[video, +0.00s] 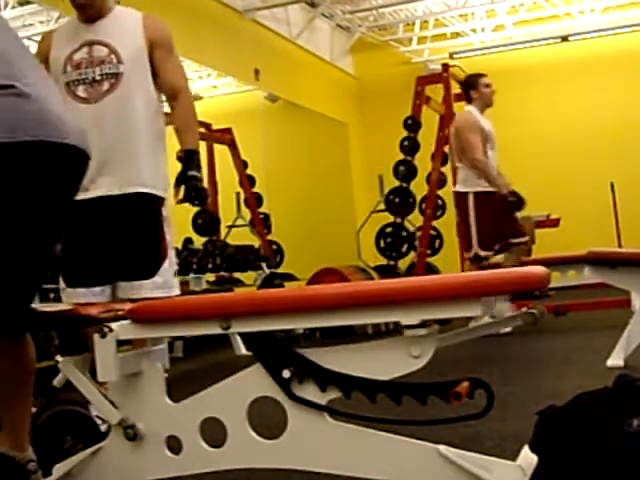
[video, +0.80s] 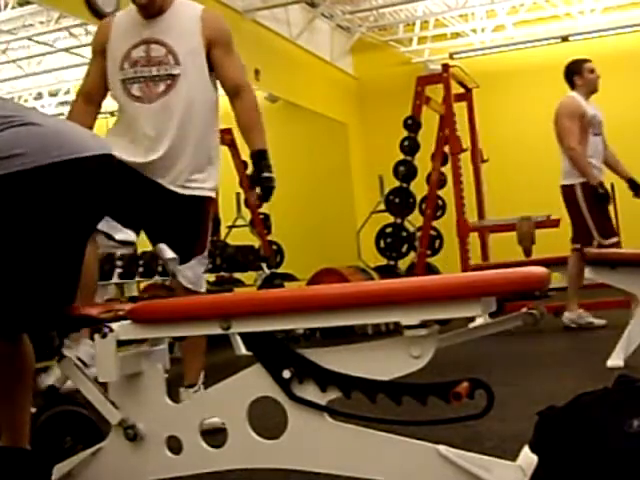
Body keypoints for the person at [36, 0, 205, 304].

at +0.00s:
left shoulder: (148, 30)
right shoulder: (51, 43)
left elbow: (179, 95)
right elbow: (38, 115)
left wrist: (191, 165)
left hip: (139, 186)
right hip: (76, 190)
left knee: (148, 304)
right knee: (84, 305)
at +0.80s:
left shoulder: (206, 24)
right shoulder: (110, 31)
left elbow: (240, 92)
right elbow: (88, 101)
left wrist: (261, 159)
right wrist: (61, 158)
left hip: (189, 180)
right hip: (123, 175)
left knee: (189, 290)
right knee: (82, 233)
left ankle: (193, 390)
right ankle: (81, 347)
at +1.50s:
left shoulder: (223, 32)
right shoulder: (120, 24)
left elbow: (246, 100)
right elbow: (92, 89)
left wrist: (256, 161)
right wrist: (76, 158)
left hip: (192, 189)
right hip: (126, 183)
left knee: (195, 304)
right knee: (109, 294)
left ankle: (195, 395)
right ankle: (117, 391)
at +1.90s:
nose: (204, 33)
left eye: (215, 26)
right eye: (200, 21)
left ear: (225, 20)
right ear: (182, 2)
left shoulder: (222, 48)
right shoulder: (126, 34)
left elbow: (230, 114)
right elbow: (106, 116)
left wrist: (239, 169)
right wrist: (122, 197)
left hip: (195, 197)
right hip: (131, 198)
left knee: (224, 306)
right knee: (128, 318)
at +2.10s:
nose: (238, 86)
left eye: (248, 80)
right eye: (235, 75)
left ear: (259, 72)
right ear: (218, 52)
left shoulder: (257, 89)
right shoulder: (161, 76)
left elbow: (259, 153)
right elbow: (138, 167)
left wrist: (247, 212)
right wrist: (144, 250)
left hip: (209, 196)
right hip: (150, 193)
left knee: (229, 302)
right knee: (146, 306)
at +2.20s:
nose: (247, 137)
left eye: (257, 133)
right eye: (245, 128)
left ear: (269, 120)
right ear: (232, 101)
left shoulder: (264, 120)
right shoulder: (168, 120)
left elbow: (264, 178)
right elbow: (149, 210)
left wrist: (250, 236)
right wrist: (153, 292)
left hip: (210, 209)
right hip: (159, 211)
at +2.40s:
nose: (247, 212)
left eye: (256, 207)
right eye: (246, 204)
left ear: (265, 196)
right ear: (231, 177)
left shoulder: (260, 188)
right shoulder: (173, 186)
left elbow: (247, 262)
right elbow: (156, 278)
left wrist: (243, 338)